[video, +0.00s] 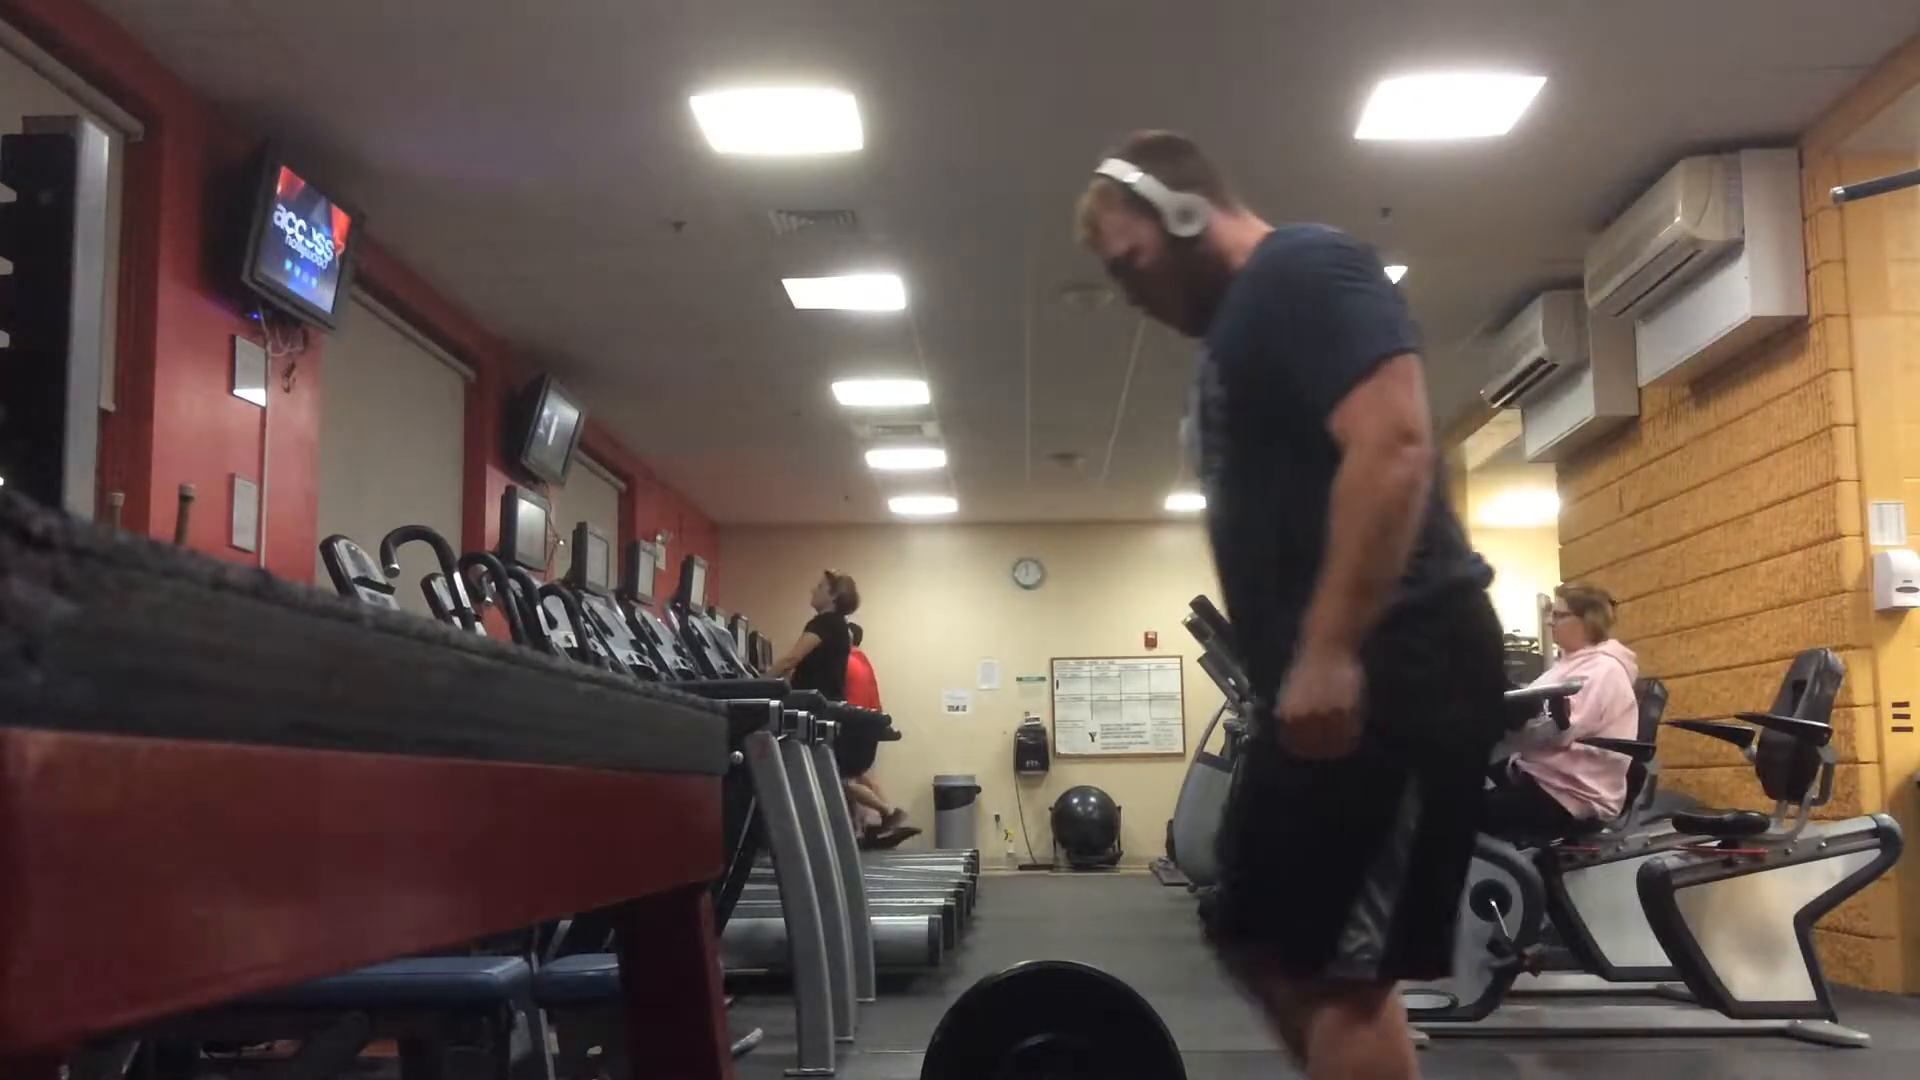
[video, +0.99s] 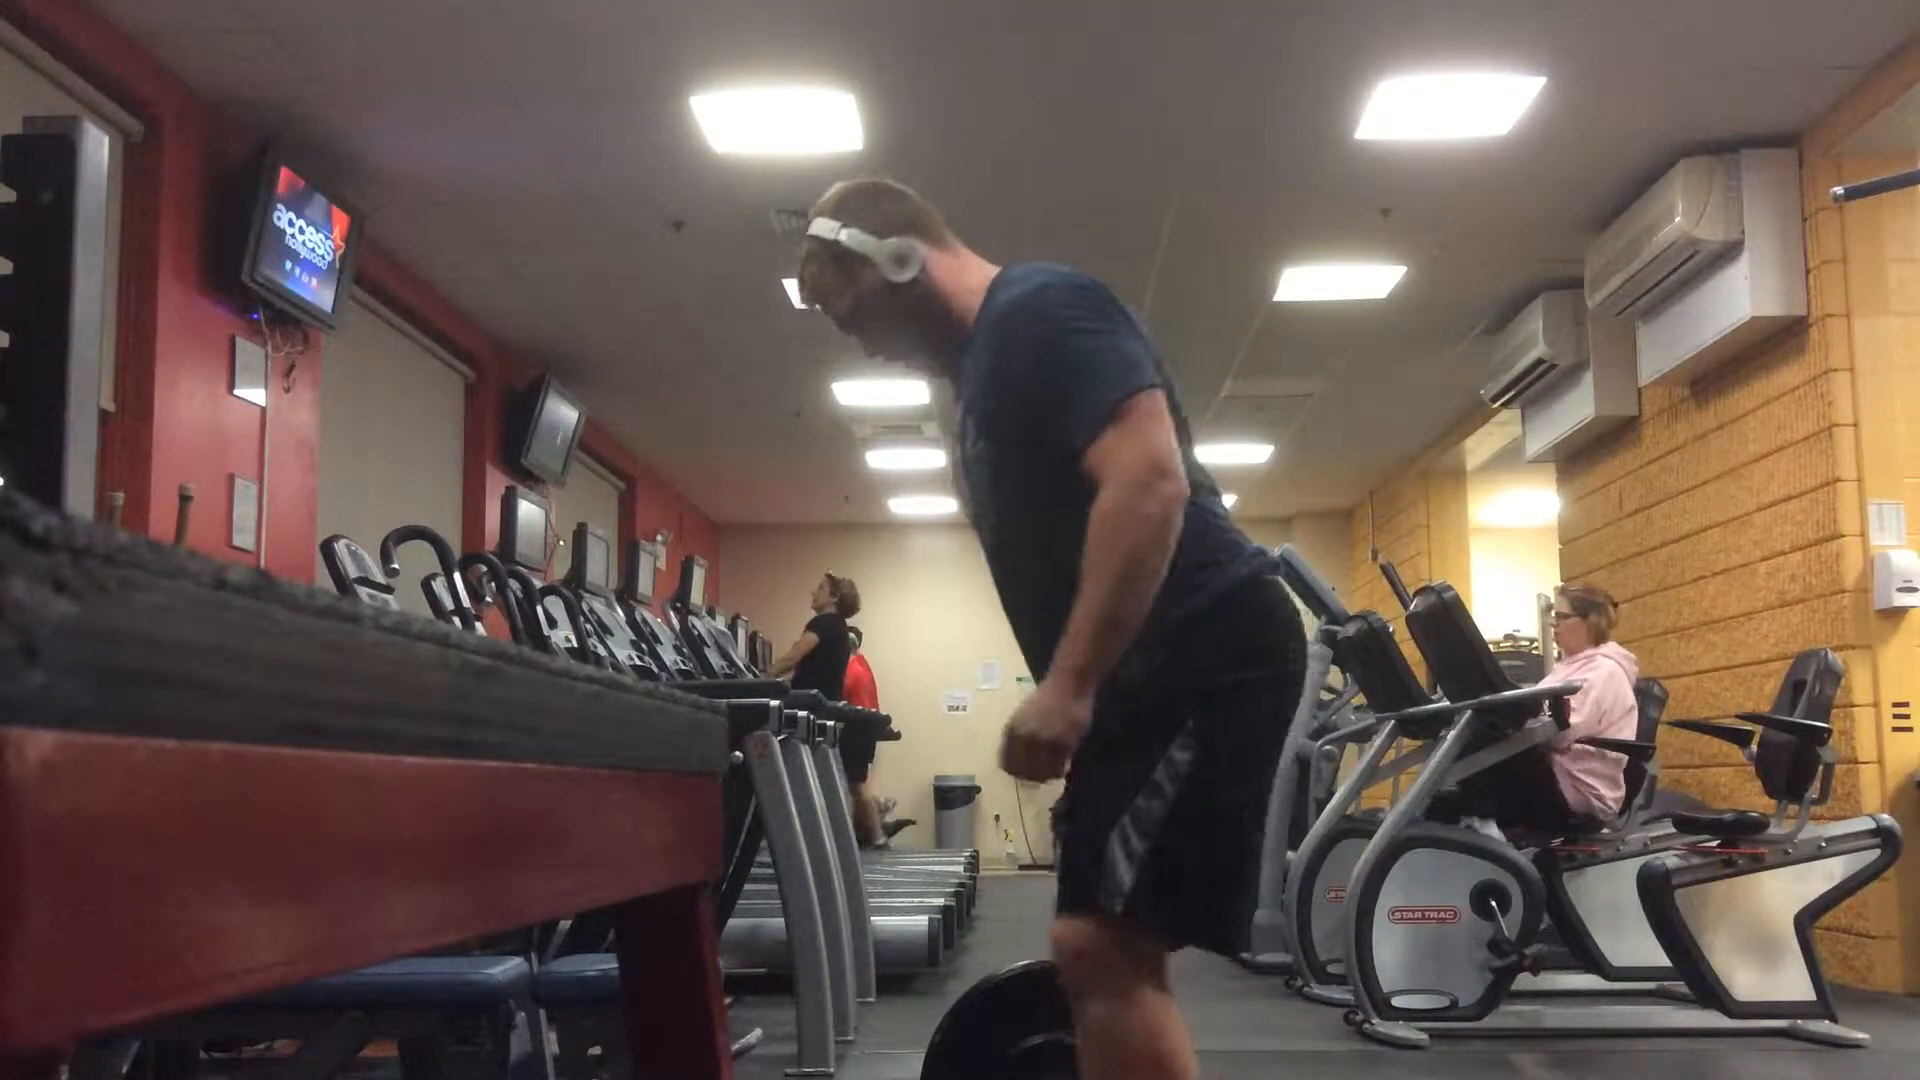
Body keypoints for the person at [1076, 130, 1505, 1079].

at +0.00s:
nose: (1127, 294)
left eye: (1127, 263)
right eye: (1114, 277)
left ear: (1190, 216)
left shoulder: (1301, 268)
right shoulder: (1237, 335)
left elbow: (1395, 448)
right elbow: (1303, 507)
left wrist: (1329, 644)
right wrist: (1276, 652)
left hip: (1400, 659)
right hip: (1327, 669)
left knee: (1342, 977)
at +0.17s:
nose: (1065, 294)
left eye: (1065, 264)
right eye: (1053, 277)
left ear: (1120, 212)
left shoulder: (1235, 266)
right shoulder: (1174, 333)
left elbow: (1341, 439)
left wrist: (1287, 646)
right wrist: (1242, 667)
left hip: (1353, 657)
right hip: (1262, 671)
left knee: (1328, 982)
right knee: (1210, 938)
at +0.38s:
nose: (993, 312)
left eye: (993, 283)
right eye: (981, 296)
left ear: (1051, 231)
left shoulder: (1163, 280)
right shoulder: (1107, 351)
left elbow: (1296, 423)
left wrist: (1250, 625)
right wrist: (1179, 653)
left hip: (1261, 672)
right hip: (1204, 683)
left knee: (1196, 959)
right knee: (1182, 958)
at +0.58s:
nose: (930, 329)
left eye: (928, 298)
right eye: (917, 310)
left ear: (976, 247)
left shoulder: (1108, 285)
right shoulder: (1039, 390)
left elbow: (1258, 417)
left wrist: (1203, 616)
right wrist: (1125, 667)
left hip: (1239, 657)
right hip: (1163, 679)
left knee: (1126, 932)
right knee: (1160, 947)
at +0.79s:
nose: (890, 337)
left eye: (883, 307)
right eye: (874, 318)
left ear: (931, 256)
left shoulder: (1070, 302)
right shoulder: (1009, 384)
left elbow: (1187, 471)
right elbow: (1096, 545)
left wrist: (1117, 689)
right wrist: (1104, 700)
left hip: (1228, 648)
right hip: (1160, 671)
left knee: (1123, 947)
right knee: (1063, 940)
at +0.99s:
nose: (855, 342)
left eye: (847, 311)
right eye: (839, 326)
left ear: (900, 261)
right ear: (906, 264)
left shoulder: (1037, 306)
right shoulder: (985, 378)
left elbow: (1149, 481)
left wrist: (1069, 685)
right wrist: (1072, 693)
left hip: (1206, 642)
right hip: (1151, 659)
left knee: (1103, 945)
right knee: (1099, 943)